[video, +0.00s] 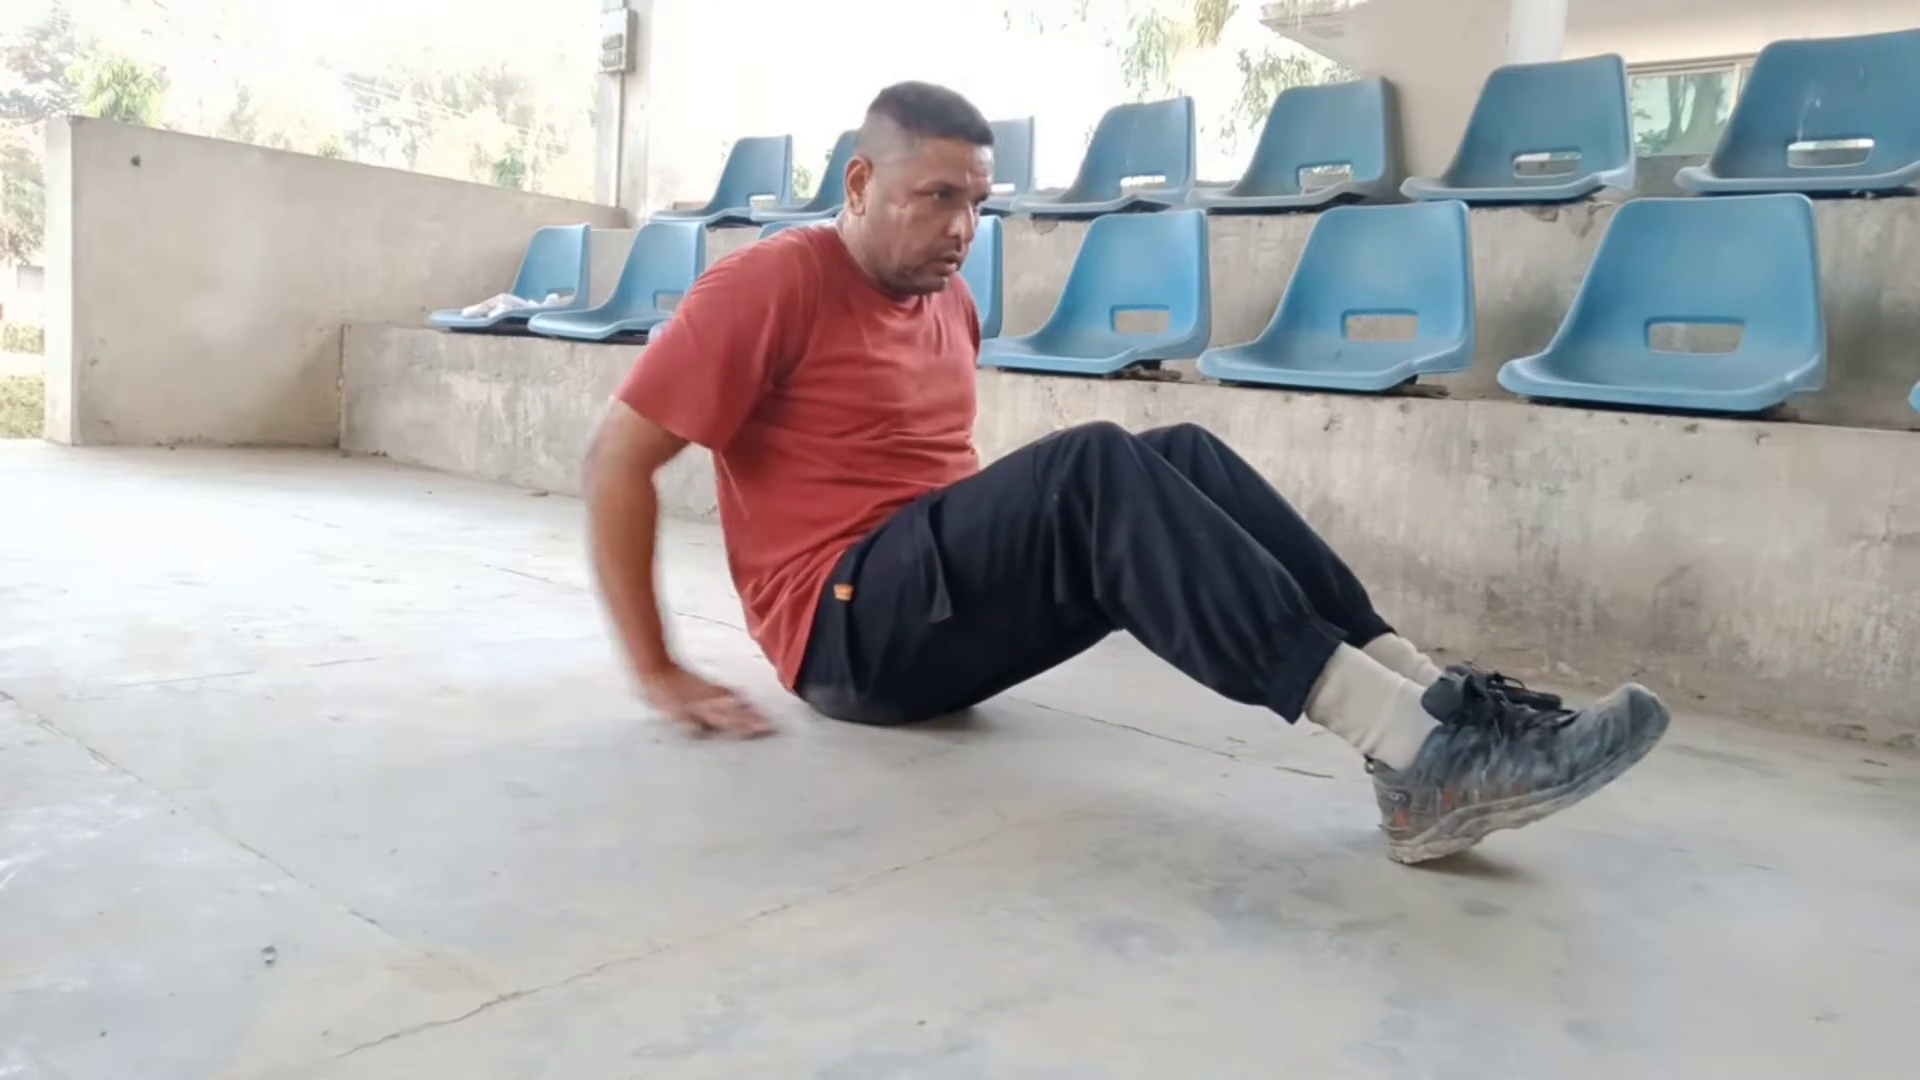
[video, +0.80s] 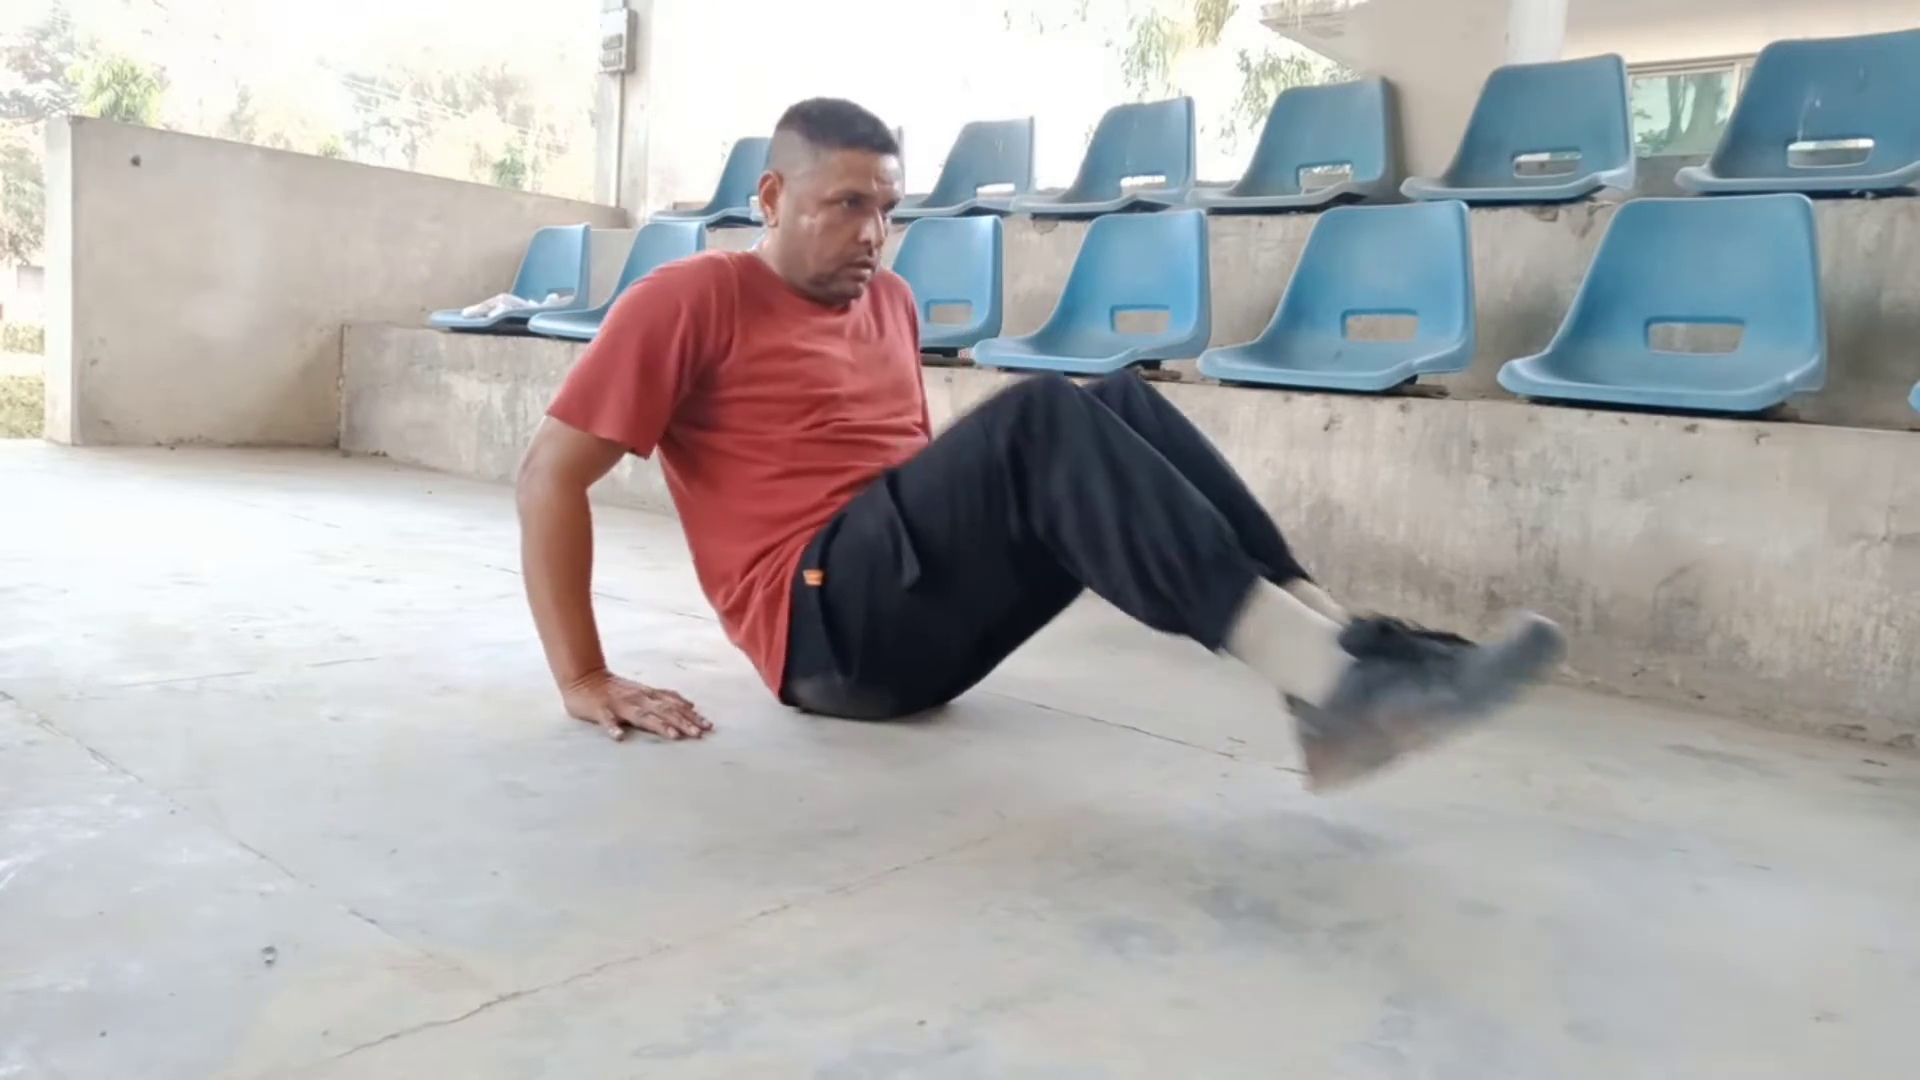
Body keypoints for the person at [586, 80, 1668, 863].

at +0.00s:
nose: (959, 226)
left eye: (973, 203)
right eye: (938, 198)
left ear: (973, 203)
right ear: (858, 187)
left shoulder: (946, 302)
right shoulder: (764, 286)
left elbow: (923, 463)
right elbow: (618, 461)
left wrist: (951, 607)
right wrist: (656, 674)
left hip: (936, 601)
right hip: (845, 618)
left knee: (1180, 456)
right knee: (1100, 472)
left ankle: (1452, 712)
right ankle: (1411, 764)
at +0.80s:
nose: (875, 233)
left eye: (886, 211)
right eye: (849, 207)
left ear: (885, 210)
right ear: (774, 200)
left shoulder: (884, 301)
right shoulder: (687, 301)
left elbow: (901, 457)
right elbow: (550, 478)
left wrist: (945, 587)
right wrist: (581, 683)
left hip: (914, 611)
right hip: (822, 622)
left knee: (1125, 402)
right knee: (1051, 413)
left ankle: (1349, 664)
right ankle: (1320, 679)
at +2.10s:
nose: (813, 264)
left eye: (825, 240)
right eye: (788, 236)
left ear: (832, 229)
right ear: (715, 217)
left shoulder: (834, 316)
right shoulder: (637, 316)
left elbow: (872, 457)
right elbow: (509, 490)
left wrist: (953, 550)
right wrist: (577, 681)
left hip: (907, 590)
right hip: (779, 619)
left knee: (1147, 499)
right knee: (890, 486)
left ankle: (1499, 586)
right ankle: (1129, 653)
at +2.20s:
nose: (810, 261)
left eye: (820, 238)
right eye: (783, 235)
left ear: (825, 230)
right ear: (709, 223)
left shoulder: (828, 322)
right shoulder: (635, 320)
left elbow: (870, 470)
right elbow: (506, 492)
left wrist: (977, 566)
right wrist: (574, 679)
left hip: (915, 611)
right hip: (795, 630)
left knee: (1163, 467)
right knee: (949, 447)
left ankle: (1497, 605)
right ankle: (1292, 643)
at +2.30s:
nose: (812, 257)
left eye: (820, 235)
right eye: (787, 232)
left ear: (820, 234)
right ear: (708, 225)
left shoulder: (824, 320)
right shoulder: (639, 323)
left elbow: (855, 469)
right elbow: (506, 493)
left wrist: (900, 575)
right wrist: (575, 683)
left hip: (911, 607)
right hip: (807, 631)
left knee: (1132, 442)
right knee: (1002, 447)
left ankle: (1450, 590)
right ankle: (1380, 629)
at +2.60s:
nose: (819, 248)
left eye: (830, 225)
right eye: (794, 223)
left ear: (833, 222)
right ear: (721, 217)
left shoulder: (839, 313)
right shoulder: (652, 313)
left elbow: (870, 463)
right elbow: (520, 488)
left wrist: (919, 580)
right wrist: (576, 681)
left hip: (901, 599)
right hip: (812, 618)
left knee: (1117, 423)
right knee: (1057, 437)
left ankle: (1406, 606)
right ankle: (1392, 613)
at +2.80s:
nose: (874, 252)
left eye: (888, 226)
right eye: (849, 224)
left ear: (895, 220)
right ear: (775, 208)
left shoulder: (888, 301)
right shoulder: (695, 289)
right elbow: (570, 466)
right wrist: (582, 679)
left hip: (913, 635)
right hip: (805, 635)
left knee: (1047, 351)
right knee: (909, 350)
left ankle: (1188, 600)